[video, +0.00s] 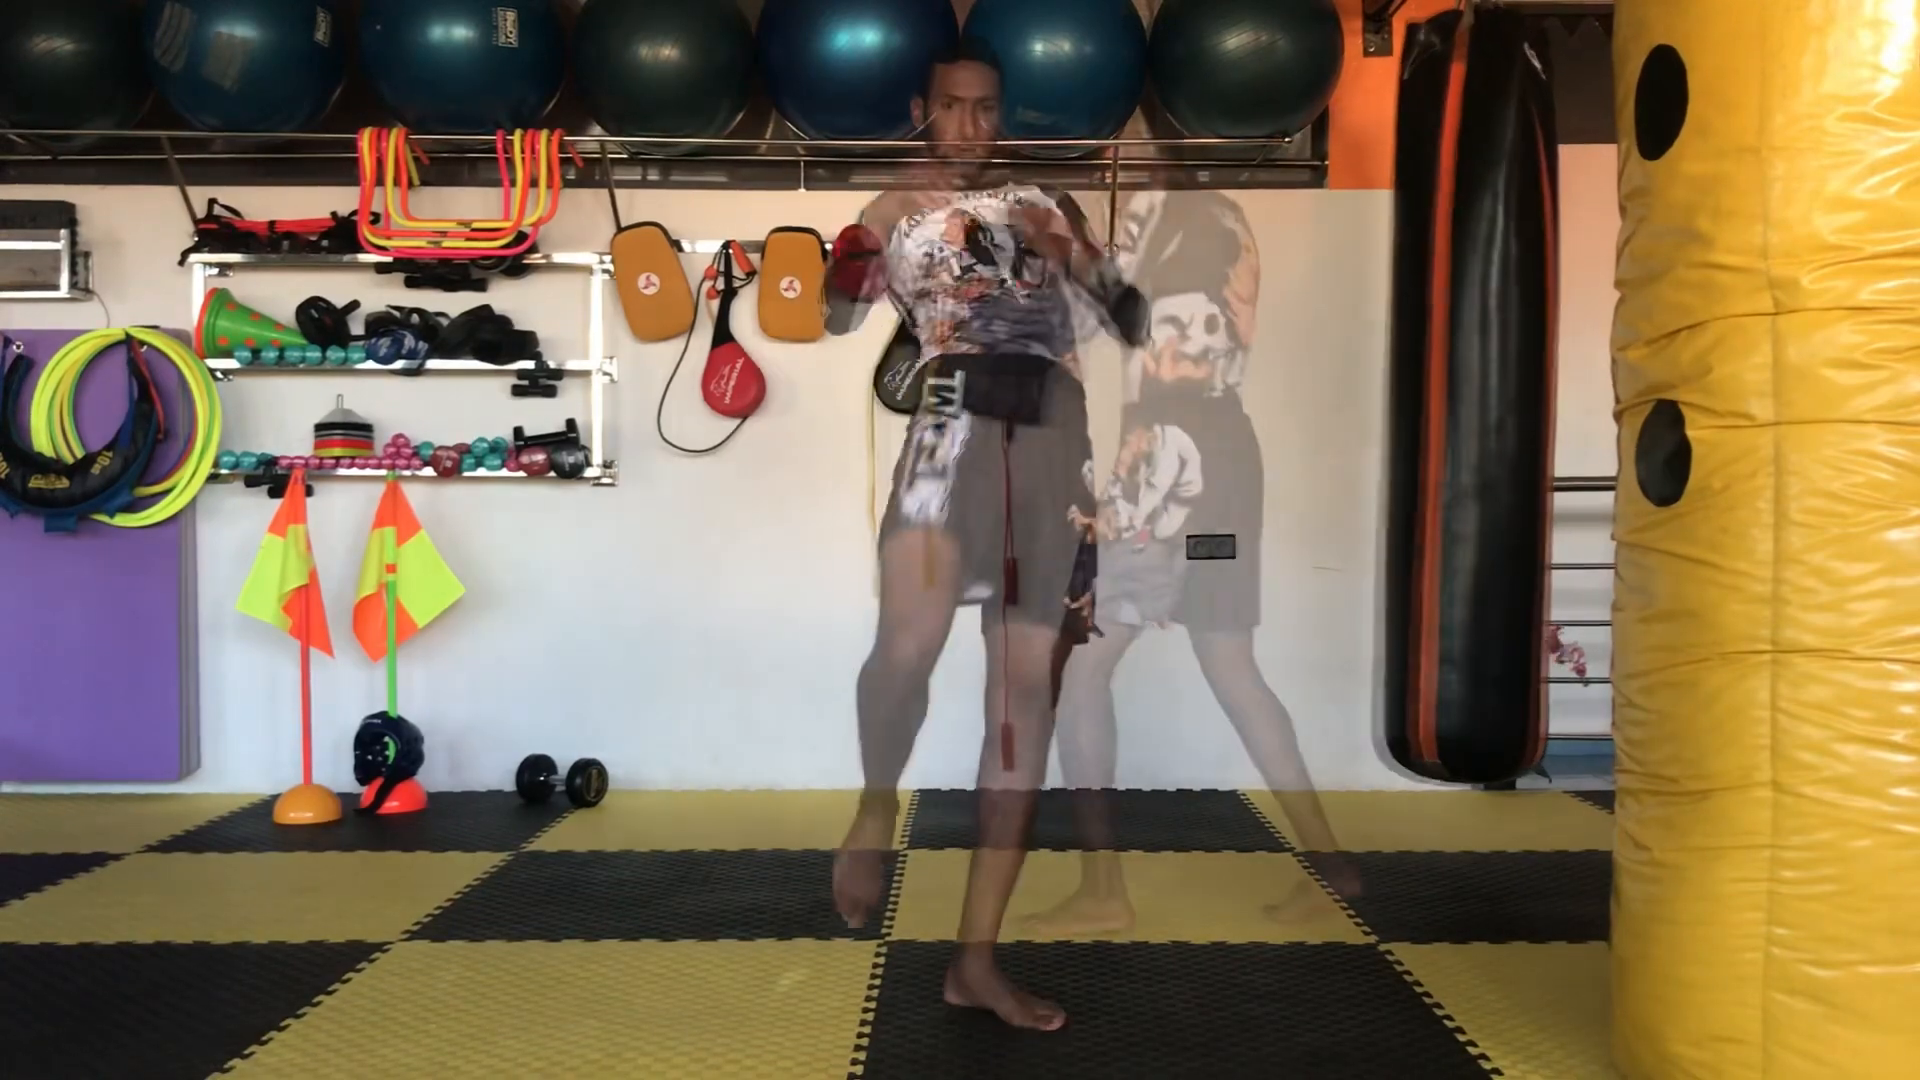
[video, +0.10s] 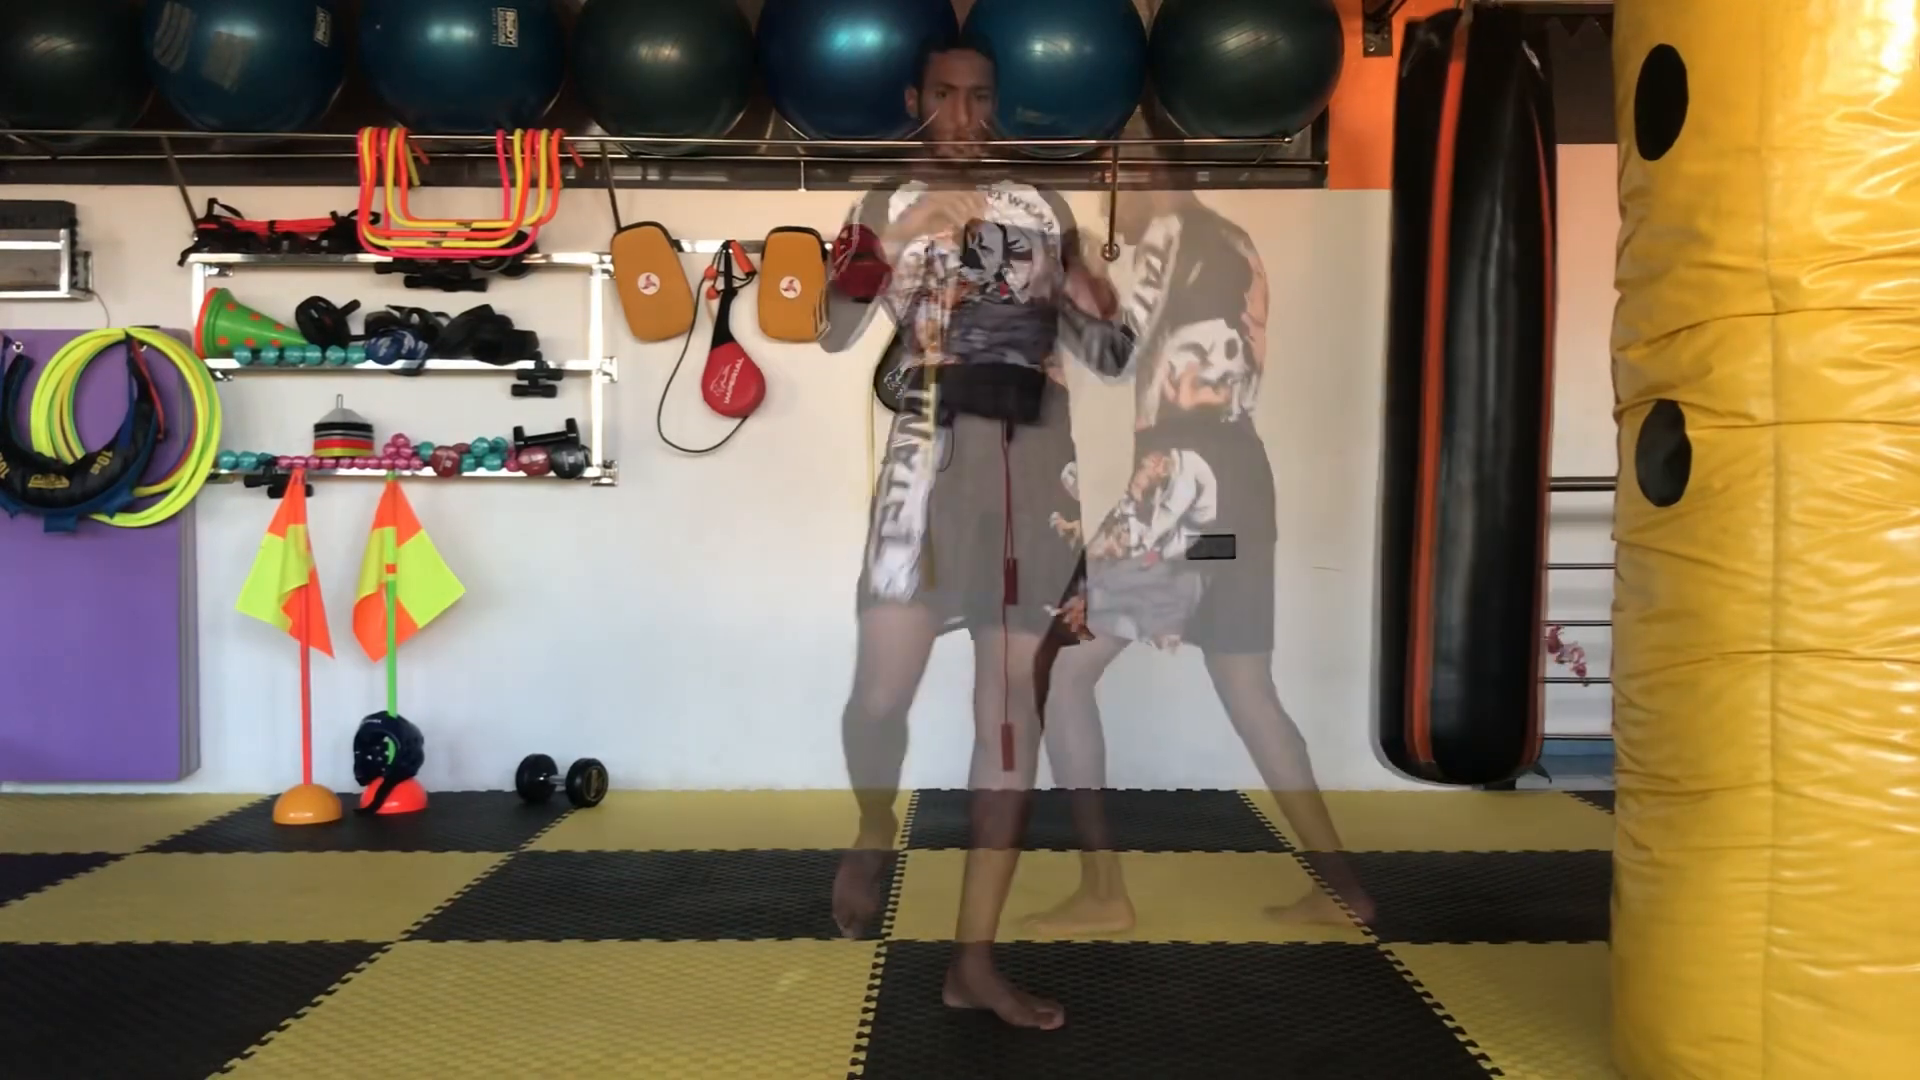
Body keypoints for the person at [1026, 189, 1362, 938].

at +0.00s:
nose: (1111, 159)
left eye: (1119, 144)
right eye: (1110, 147)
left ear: (1144, 144)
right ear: (1186, 142)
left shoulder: (1152, 225)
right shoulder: (1228, 224)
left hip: (1163, 465)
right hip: (1225, 461)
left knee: (1081, 672)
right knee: (1233, 671)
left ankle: (1101, 887)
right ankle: (1327, 864)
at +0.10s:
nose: (1110, 185)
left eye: (1117, 167)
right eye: (1111, 169)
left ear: (1141, 163)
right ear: (1174, 159)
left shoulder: (1157, 239)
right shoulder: (1236, 245)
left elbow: (1117, 348)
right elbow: (1245, 373)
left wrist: (1052, 300)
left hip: (1176, 487)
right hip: (1242, 483)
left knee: (1063, 675)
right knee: (1253, 699)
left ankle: (1102, 890)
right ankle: (1342, 887)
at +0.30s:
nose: (1083, 172)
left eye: (1091, 156)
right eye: (1079, 157)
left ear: (1128, 150)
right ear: (1147, 146)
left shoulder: (1160, 218)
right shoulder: (1201, 220)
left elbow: (1113, 336)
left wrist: (1056, 264)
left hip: (1169, 466)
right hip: (1217, 466)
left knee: (1038, 638)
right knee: (1228, 671)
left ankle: (1069, 859)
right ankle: (1325, 859)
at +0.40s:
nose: (1062, 180)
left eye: (1066, 161)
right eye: (1058, 164)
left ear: (1108, 144)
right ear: (1117, 145)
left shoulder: (1149, 208)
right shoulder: (1170, 210)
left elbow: (1088, 313)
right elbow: (1095, 309)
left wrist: (1025, 234)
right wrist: (1028, 234)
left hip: (1150, 464)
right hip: (1190, 462)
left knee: (1016, 634)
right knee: (1214, 663)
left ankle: (1000, 856)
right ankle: (1322, 849)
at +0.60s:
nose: (997, 238)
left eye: (1005, 221)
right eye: (995, 224)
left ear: (1052, 213)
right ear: (1051, 216)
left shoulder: (1096, 280)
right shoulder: (1073, 285)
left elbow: (1049, 358)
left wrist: (953, 297)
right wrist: (934, 219)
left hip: (1084, 524)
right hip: (1107, 518)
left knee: (911, 668)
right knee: (1200, 702)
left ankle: (873, 887)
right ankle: (1340, 871)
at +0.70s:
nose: (957, 226)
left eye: (965, 210)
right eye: (956, 212)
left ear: (1012, 202)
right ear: (1003, 206)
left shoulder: (1055, 266)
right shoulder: (1005, 277)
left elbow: (971, 305)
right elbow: (932, 306)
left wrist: (875, 236)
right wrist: (869, 246)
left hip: (1011, 524)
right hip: (1027, 520)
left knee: (852, 682)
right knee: (1055, 723)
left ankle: (866, 896)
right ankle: (1243, 817)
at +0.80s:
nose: (940, 188)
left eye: (946, 170)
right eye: (938, 174)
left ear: (989, 163)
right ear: (993, 166)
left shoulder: (1028, 224)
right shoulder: (996, 249)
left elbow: (908, 236)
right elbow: (949, 379)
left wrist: (854, 178)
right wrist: (862, 336)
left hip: (964, 490)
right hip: (958, 487)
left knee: (836, 679)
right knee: (871, 662)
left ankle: (863, 890)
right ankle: (1027, 732)